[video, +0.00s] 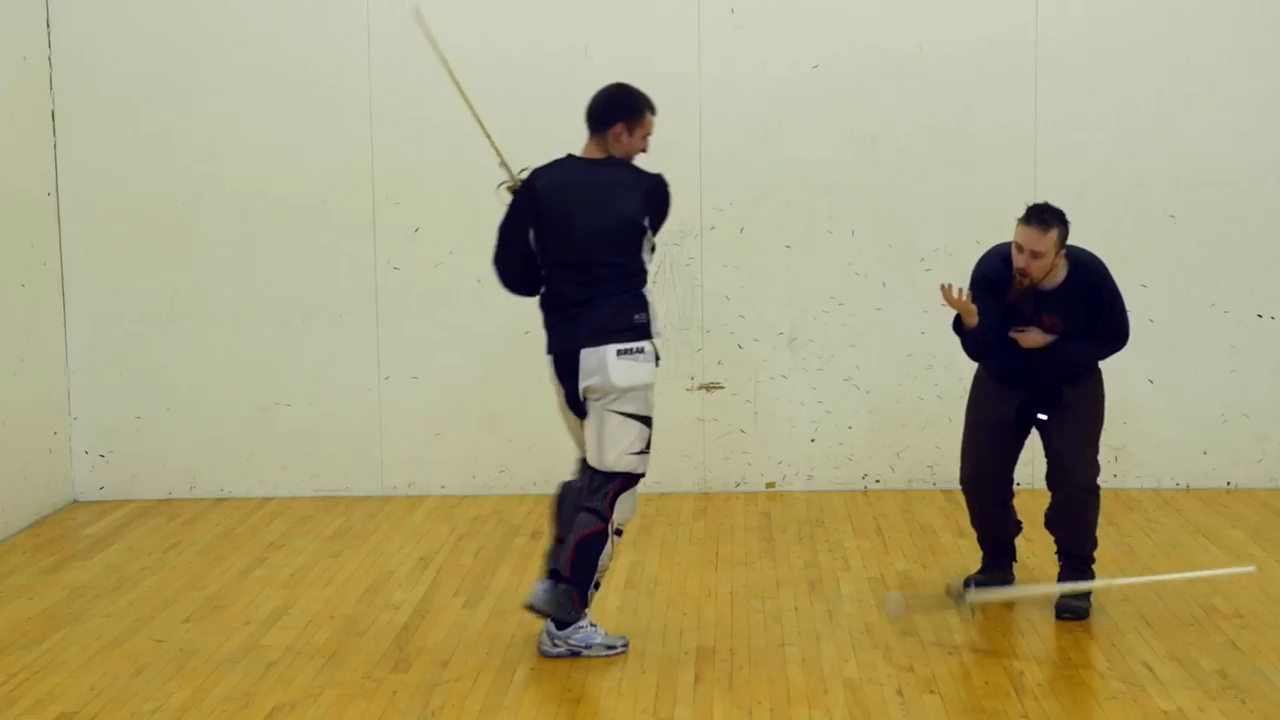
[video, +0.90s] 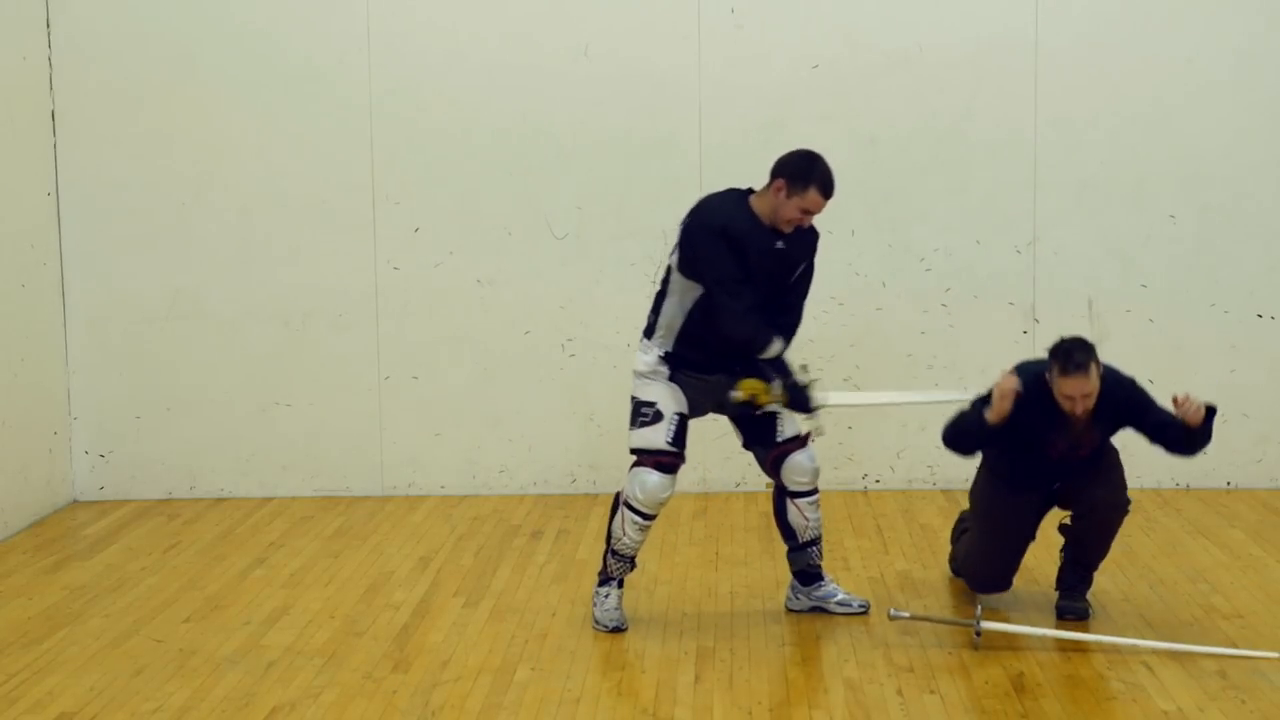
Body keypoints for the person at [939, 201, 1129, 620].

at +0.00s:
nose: (1023, 262)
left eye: (1035, 255)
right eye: (1019, 249)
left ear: (1061, 252)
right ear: (1013, 241)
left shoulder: (1090, 275)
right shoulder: (994, 268)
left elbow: (1115, 335)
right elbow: (979, 351)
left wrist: (1053, 343)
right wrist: (969, 324)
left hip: (1071, 384)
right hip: (1001, 380)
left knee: (1075, 480)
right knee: (981, 475)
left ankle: (1075, 577)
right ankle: (997, 565)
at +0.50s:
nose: (1042, 284)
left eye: (1055, 279)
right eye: (1038, 271)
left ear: (1078, 276)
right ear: (1031, 257)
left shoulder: (1101, 290)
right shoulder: (1003, 275)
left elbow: (1119, 344)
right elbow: (973, 357)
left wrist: (1060, 354)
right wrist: (980, 334)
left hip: (1073, 388)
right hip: (1002, 380)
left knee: (1077, 480)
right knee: (979, 476)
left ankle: (1075, 582)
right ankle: (996, 562)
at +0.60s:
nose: (1049, 320)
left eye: (1060, 317)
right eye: (1046, 309)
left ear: (1082, 306)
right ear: (1041, 285)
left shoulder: (1109, 303)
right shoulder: (1012, 282)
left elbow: (1121, 356)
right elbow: (961, 358)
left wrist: (1092, 378)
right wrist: (974, 336)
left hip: (1076, 397)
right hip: (1004, 386)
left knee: (1079, 483)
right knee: (977, 477)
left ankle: (1075, 582)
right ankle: (994, 561)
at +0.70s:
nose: (1059, 358)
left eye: (1068, 355)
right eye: (1053, 350)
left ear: (1091, 330)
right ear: (1042, 319)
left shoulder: (1114, 311)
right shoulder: (1013, 306)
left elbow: (1141, 359)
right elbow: (952, 360)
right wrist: (969, 340)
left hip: (1081, 405)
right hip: (1008, 398)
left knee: (1088, 492)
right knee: (977, 490)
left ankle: (1076, 584)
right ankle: (971, 532)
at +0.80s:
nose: (1071, 375)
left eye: (1079, 368)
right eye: (1063, 368)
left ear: (1094, 342)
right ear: (1047, 348)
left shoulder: (1120, 344)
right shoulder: (1016, 341)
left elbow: (1165, 393)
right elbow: (948, 383)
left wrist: (1186, 385)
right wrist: (975, 348)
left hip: (1085, 433)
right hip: (1013, 429)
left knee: (1094, 501)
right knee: (987, 530)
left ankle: (1075, 587)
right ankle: (965, 538)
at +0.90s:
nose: (1079, 406)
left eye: (1087, 396)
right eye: (1068, 397)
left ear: (1099, 379)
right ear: (1051, 382)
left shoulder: (1118, 391)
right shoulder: (1022, 385)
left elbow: (1182, 443)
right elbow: (955, 439)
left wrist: (1196, 424)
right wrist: (993, 416)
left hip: (1083, 477)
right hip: (1015, 479)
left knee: (1108, 506)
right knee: (986, 580)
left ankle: (1074, 588)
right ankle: (966, 534)